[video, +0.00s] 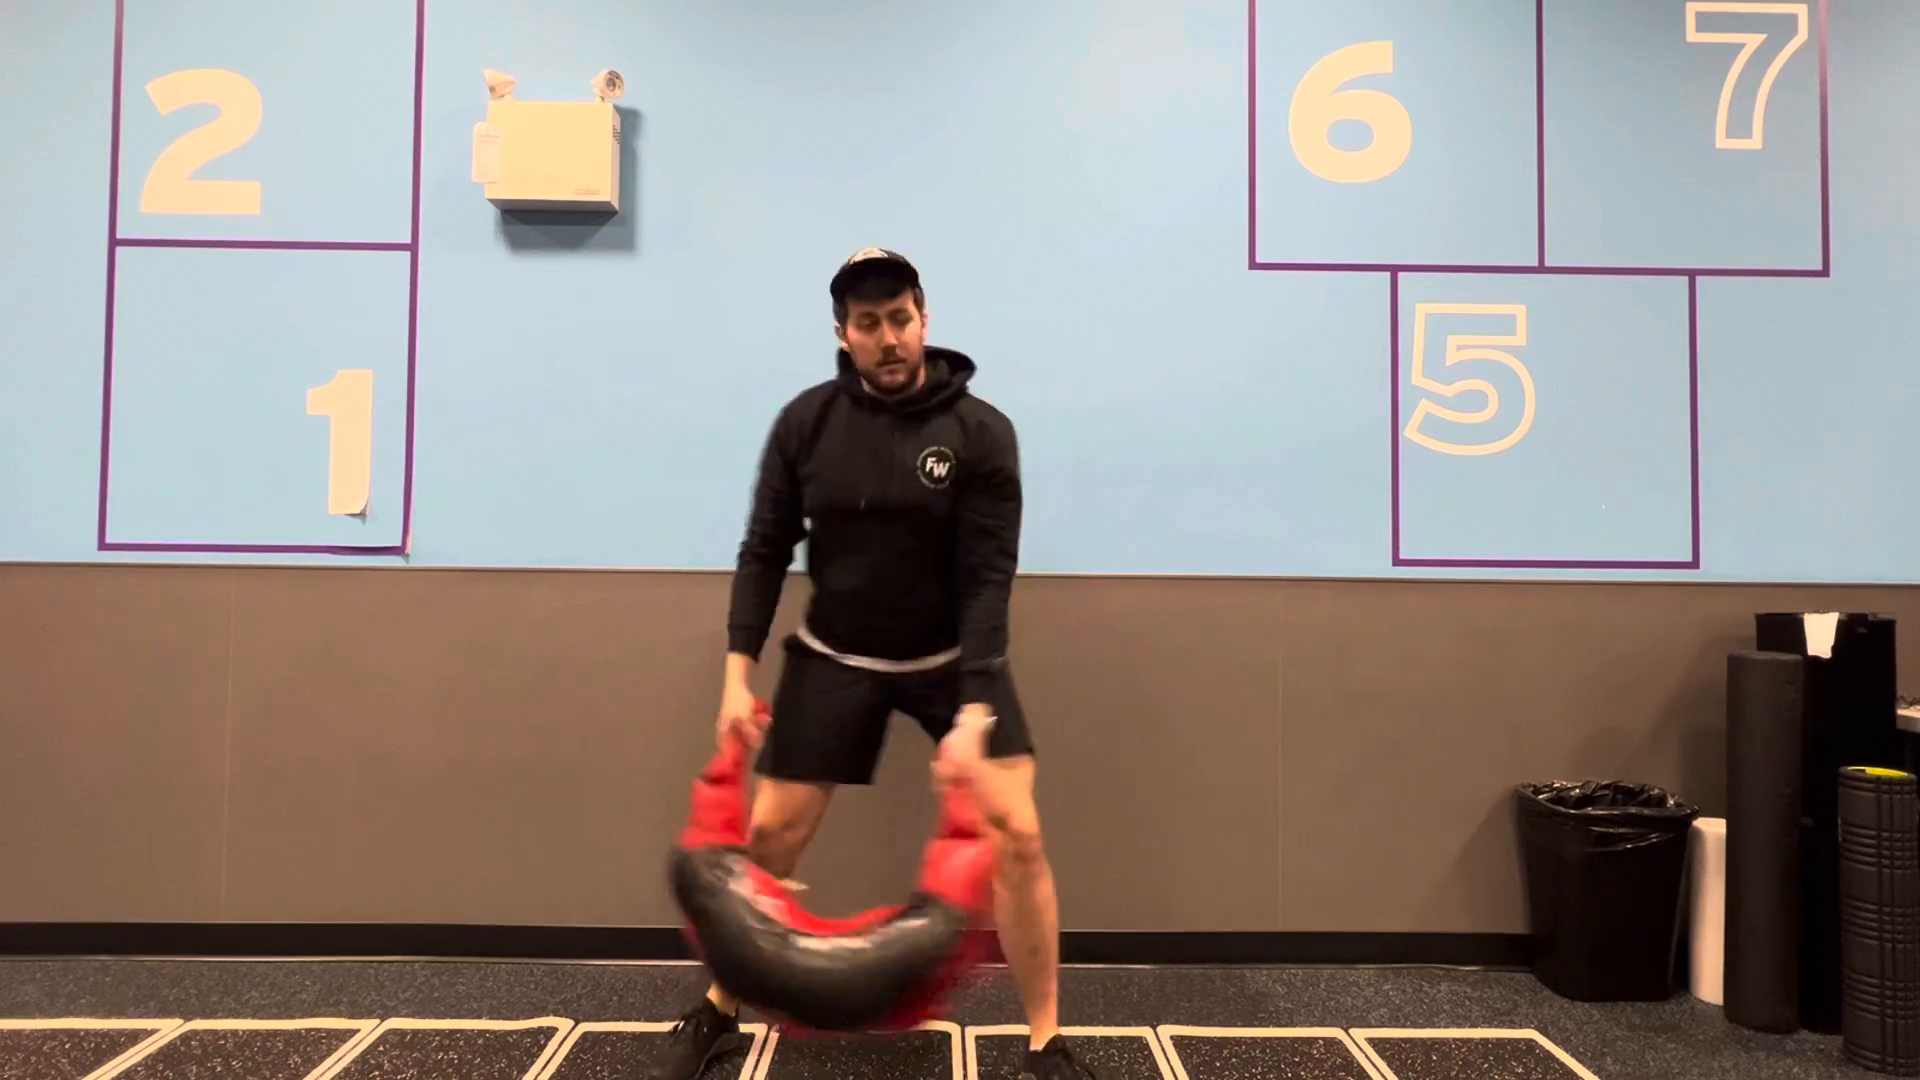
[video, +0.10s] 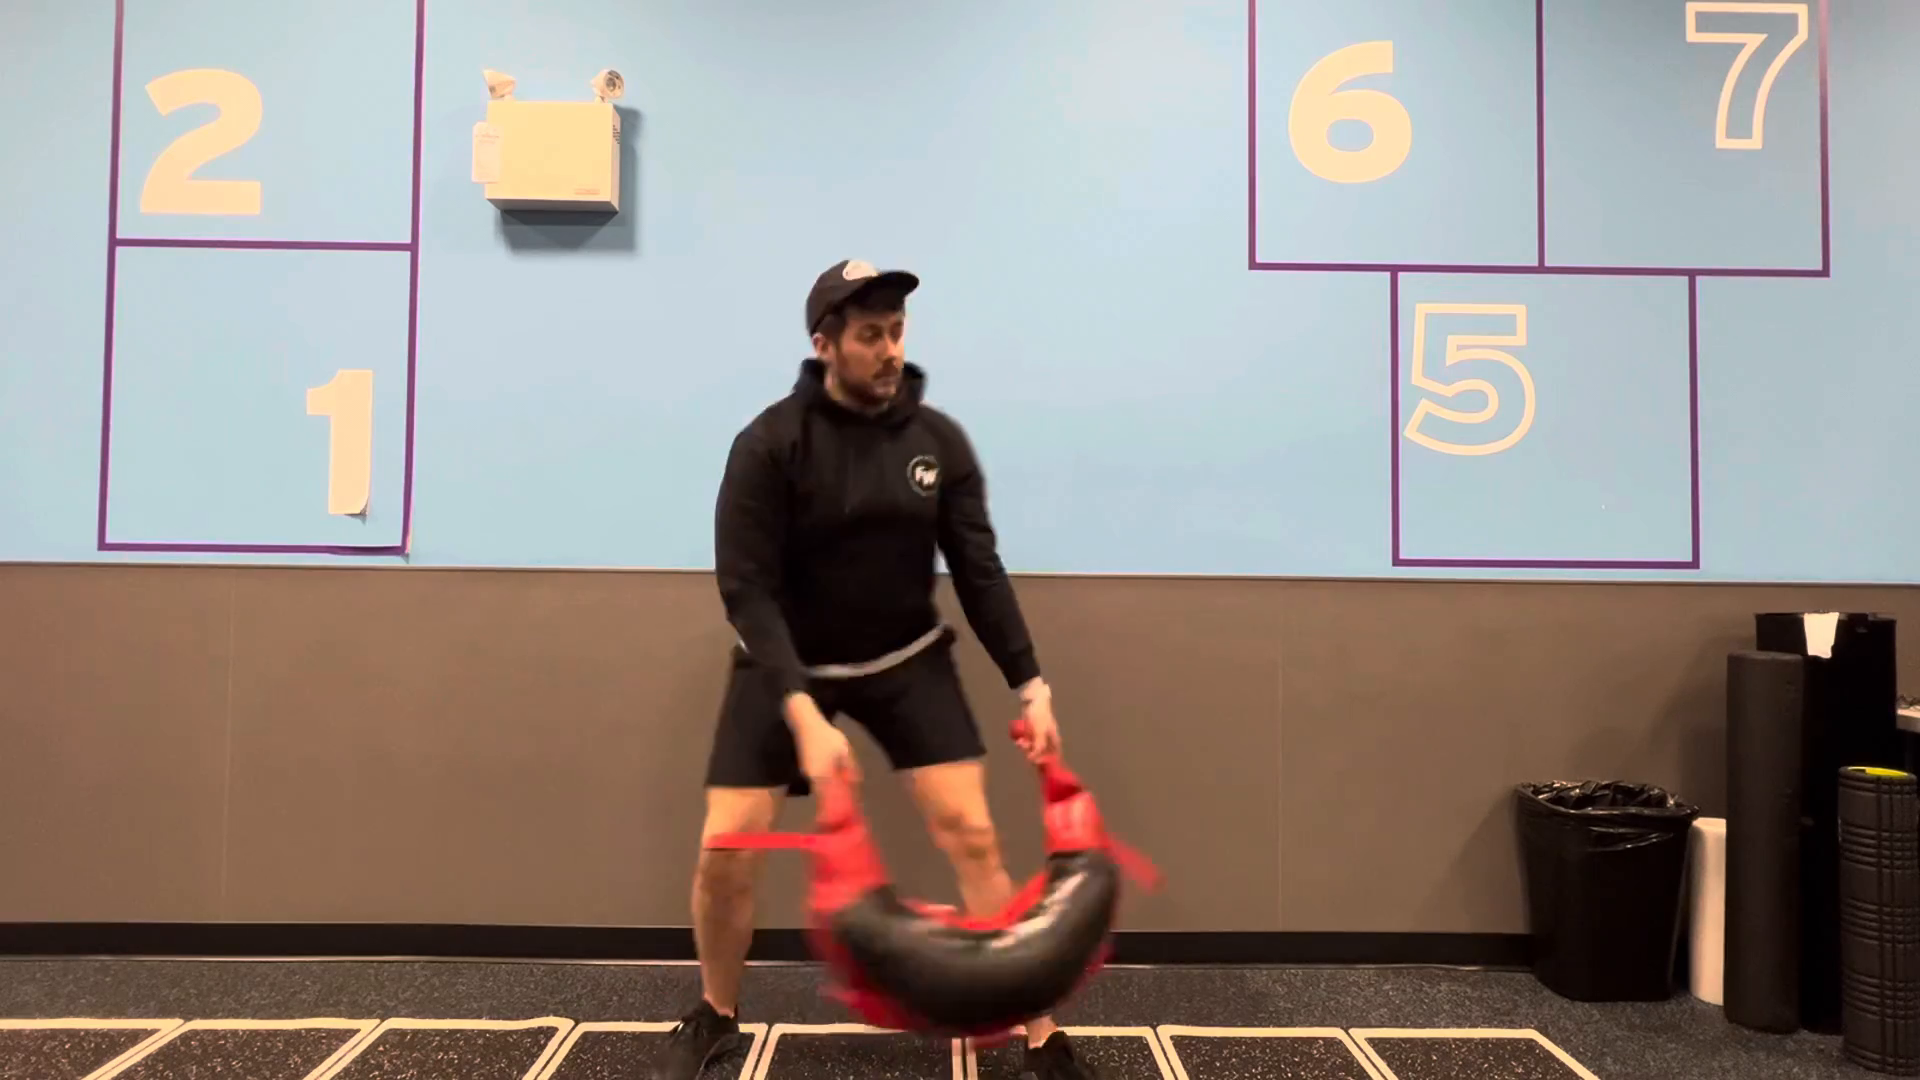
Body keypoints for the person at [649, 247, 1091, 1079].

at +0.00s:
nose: (890, 339)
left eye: (902, 320)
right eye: (870, 325)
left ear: (925, 321)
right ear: (842, 334)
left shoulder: (979, 434)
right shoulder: (805, 424)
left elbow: (990, 576)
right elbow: (764, 548)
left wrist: (975, 710)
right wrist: (738, 673)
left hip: (951, 660)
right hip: (835, 658)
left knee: (1018, 834)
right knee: (770, 829)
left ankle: (1046, 1042)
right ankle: (721, 1004)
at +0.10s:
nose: (888, 348)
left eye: (896, 332)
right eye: (869, 334)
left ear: (906, 337)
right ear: (825, 343)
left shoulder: (937, 442)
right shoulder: (769, 445)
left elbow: (978, 568)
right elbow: (746, 590)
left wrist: (1028, 682)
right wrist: (802, 708)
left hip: (907, 662)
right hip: (783, 667)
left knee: (973, 832)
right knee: (724, 854)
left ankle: (1034, 1031)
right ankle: (718, 1013)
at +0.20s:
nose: (884, 383)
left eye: (883, 367)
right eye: (866, 370)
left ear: (875, 372)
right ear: (811, 385)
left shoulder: (893, 474)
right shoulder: (758, 482)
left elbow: (945, 587)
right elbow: (789, 640)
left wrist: (1020, 678)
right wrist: (902, 741)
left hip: (857, 683)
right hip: (740, 688)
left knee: (937, 843)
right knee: (694, 872)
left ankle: (1042, 1037)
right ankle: (715, 1017)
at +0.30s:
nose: (875, 434)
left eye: (872, 418)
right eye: (858, 421)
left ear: (817, 432)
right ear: (806, 434)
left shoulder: (867, 518)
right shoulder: (746, 532)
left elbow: (914, 619)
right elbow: (839, 663)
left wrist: (1007, 693)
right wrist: (982, 738)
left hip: (818, 706)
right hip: (704, 716)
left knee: (910, 865)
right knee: (677, 897)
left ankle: (1040, 1039)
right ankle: (714, 1021)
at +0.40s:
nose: (871, 474)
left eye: (867, 456)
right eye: (854, 460)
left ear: (811, 476)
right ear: (802, 476)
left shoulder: (857, 551)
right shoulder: (738, 571)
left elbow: (909, 650)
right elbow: (851, 678)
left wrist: (1016, 719)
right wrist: (1007, 730)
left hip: (801, 725)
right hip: (684, 737)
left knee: (898, 873)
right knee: (667, 913)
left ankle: (1040, 1041)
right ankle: (713, 1019)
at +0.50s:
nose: (870, 492)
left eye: (867, 474)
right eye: (854, 477)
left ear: (809, 491)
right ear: (802, 491)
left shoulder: (854, 563)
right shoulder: (733, 583)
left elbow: (905, 664)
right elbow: (842, 690)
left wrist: (1017, 732)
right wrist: (1003, 736)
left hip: (798, 730)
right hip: (681, 740)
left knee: (896, 875)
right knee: (664, 915)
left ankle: (1040, 1041)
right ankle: (712, 1017)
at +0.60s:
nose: (863, 475)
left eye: (861, 458)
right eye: (847, 462)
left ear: (804, 474)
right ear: (793, 475)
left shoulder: (856, 549)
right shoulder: (723, 572)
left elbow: (902, 652)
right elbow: (825, 695)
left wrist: (997, 725)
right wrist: (975, 757)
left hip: (804, 718)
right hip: (688, 733)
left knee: (900, 871)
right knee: (667, 906)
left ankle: (1039, 1041)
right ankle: (711, 1017)